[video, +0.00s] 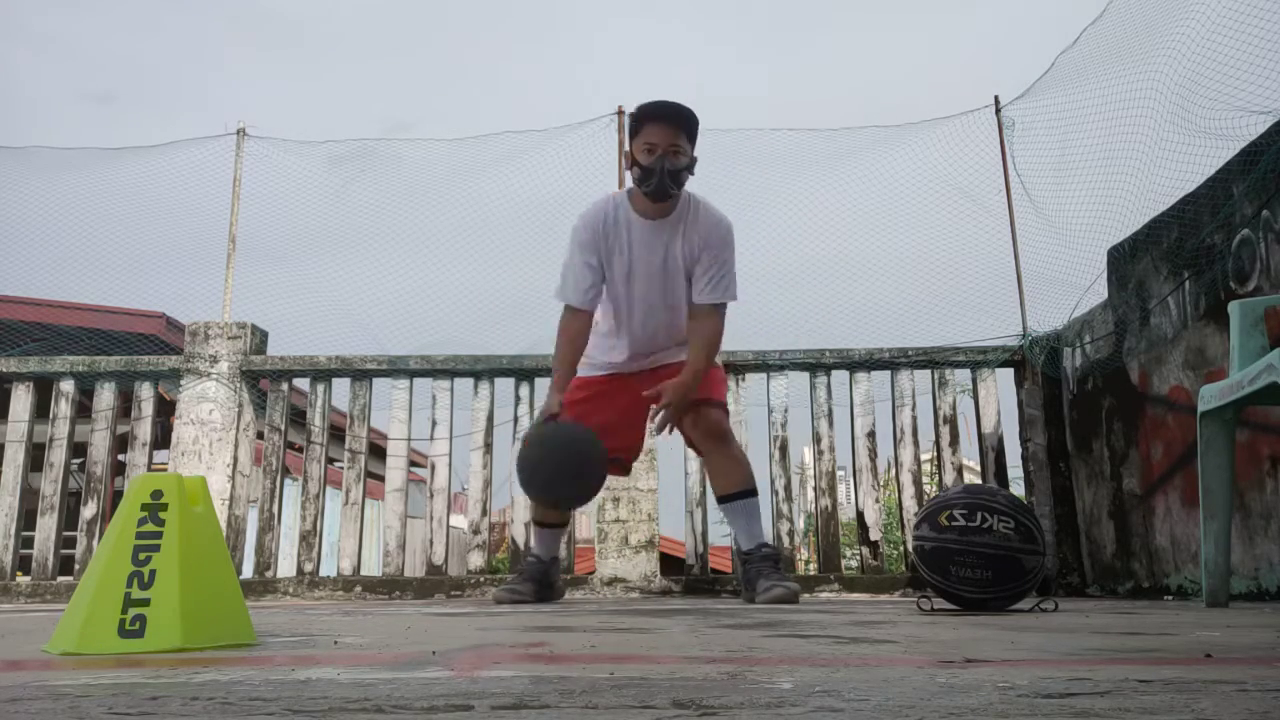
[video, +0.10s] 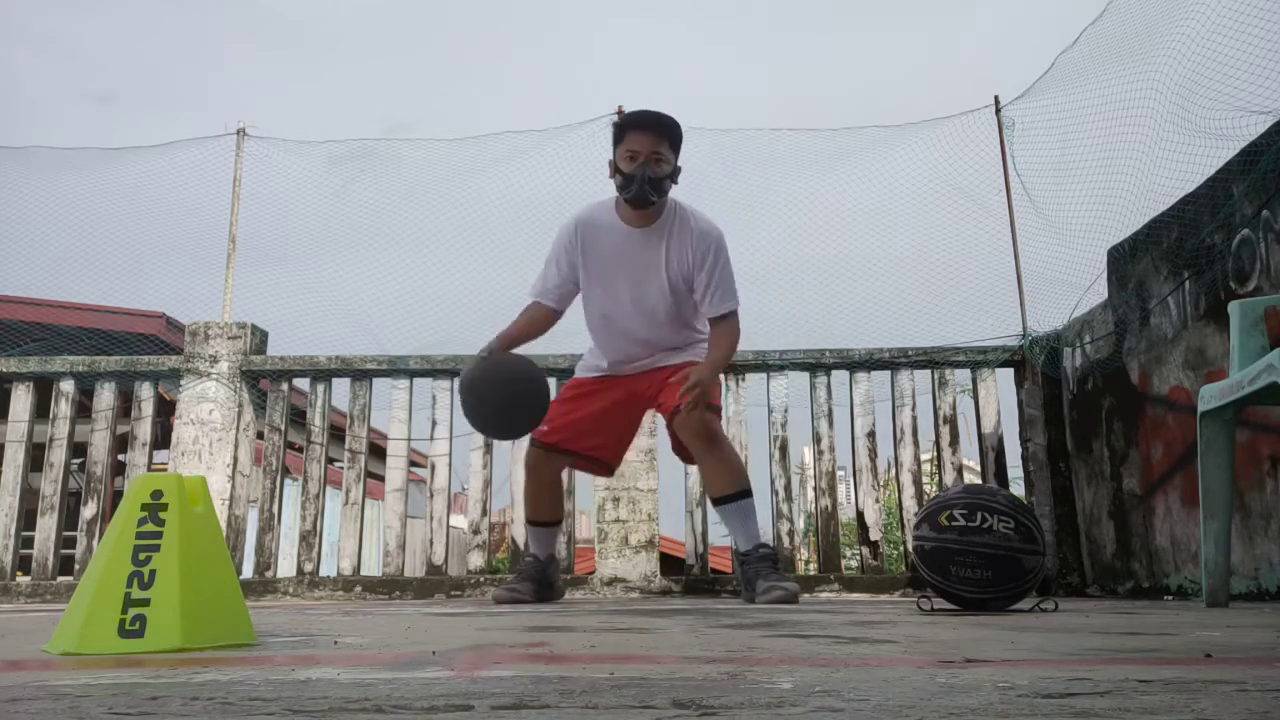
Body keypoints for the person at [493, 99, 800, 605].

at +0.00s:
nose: (659, 165)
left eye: (674, 154)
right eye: (648, 151)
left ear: (691, 161)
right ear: (630, 155)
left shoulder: (709, 227)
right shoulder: (598, 223)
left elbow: (708, 316)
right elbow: (577, 313)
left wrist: (689, 379)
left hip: (681, 362)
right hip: (607, 366)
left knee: (710, 426)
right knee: (556, 448)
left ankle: (758, 561)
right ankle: (541, 568)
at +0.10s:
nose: (642, 171)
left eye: (655, 161)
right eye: (631, 159)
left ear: (674, 169)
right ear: (613, 164)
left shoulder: (699, 235)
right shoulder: (584, 229)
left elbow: (724, 320)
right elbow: (548, 304)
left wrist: (711, 369)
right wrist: (499, 346)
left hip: (680, 365)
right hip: (605, 370)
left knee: (699, 425)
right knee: (542, 447)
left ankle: (756, 561)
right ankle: (540, 569)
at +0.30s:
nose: (657, 165)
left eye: (671, 154)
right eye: (646, 152)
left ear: (691, 164)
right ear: (629, 157)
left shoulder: (713, 233)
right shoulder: (592, 225)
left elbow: (734, 319)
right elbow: (569, 309)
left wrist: (747, 397)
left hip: (682, 362)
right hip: (604, 369)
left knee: (702, 425)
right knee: (550, 452)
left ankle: (755, 562)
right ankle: (541, 568)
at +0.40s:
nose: (687, 163)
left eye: (701, 153)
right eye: (676, 151)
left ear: (717, 164)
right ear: (657, 157)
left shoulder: (732, 238)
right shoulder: (618, 223)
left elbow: (735, 330)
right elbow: (604, 317)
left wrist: (740, 415)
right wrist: (615, 399)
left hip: (687, 362)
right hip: (617, 365)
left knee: (713, 423)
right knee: (555, 464)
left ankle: (755, 561)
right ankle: (542, 568)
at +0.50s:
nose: (713, 169)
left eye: (726, 159)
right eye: (701, 155)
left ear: (739, 169)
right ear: (678, 160)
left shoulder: (745, 243)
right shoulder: (637, 220)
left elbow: (743, 330)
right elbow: (616, 315)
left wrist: (755, 412)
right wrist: (646, 391)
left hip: (693, 362)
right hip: (620, 363)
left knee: (728, 422)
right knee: (569, 475)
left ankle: (758, 564)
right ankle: (542, 565)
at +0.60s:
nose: (724, 166)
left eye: (736, 157)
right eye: (712, 153)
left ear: (748, 167)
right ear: (687, 159)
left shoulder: (750, 232)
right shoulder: (646, 219)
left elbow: (759, 302)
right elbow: (619, 310)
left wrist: (797, 355)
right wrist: (669, 369)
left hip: (699, 358)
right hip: (626, 361)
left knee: (730, 425)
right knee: (577, 475)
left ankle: (759, 564)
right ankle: (542, 563)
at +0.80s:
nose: (703, 150)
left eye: (715, 141)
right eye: (692, 138)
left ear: (729, 150)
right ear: (669, 143)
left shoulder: (739, 216)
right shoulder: (632, 209)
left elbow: (753, 300)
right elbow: (641, 301)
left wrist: (760, 364)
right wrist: (690, 355)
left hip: (696, 351)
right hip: (620, 354)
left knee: (730, 434)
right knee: (574, 462)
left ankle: (760, 565)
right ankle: (543, 563)